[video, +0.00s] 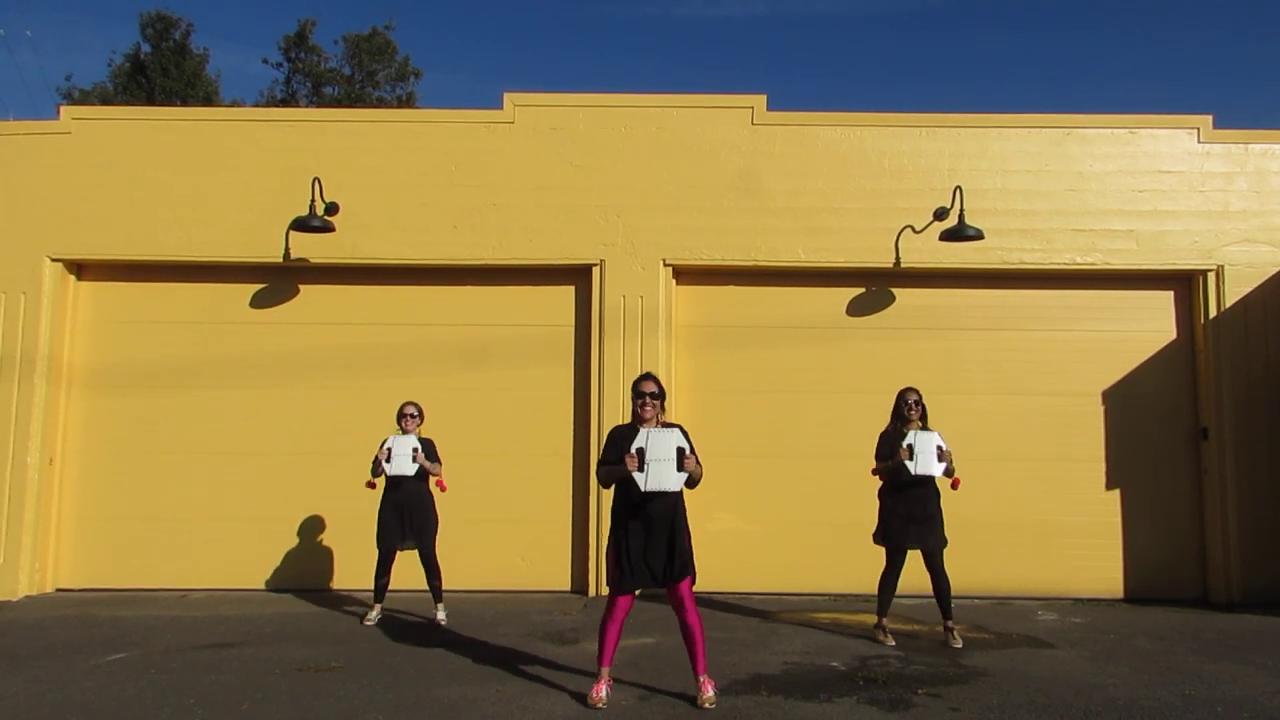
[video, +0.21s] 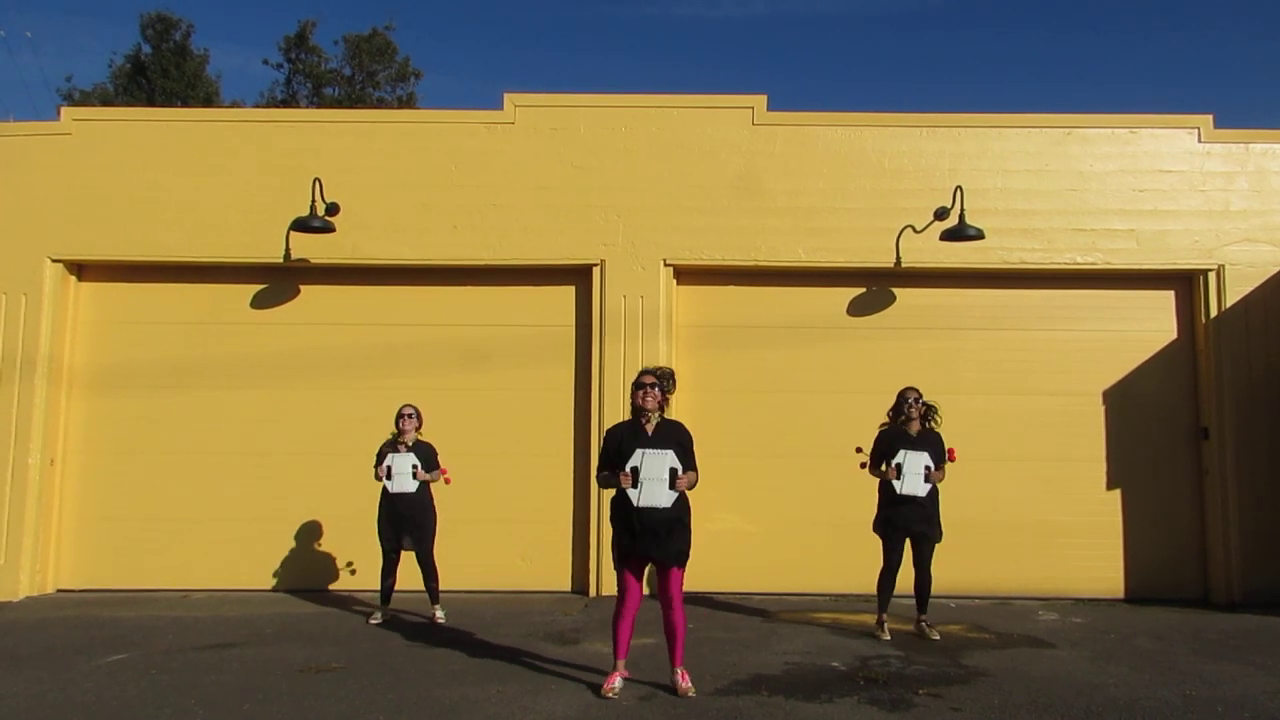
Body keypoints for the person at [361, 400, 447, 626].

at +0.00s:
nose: (408, 420)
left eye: (413, 416)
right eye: (404, 416)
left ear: (420, 419)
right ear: (399, 420)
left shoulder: (426, 444)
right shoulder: (390, 443)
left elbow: (437, 470)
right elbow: (375, 473)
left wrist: (423, 461)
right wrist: (380, 460)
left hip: (421, 507)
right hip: (392, 507)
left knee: (427, 555)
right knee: (385, 556)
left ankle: (439, 606)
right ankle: (376, 606)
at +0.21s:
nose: (405, 420)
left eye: (410, 417)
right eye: (402, 417)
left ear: (418, 422)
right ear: (397, 422)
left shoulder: (426, 448)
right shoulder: (387, 448)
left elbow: (438, 474)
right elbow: (378, 473)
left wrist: (425, 476)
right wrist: (381, 472)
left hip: (420, 511)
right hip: (391, 511)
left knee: (425, 557)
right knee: (390, 559)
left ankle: (436, 607)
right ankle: (383, 609)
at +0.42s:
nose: (404, 416)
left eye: (409, 412)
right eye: (401, 412)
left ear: (417, 415)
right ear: (395, 416)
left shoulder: (424, 440)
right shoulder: (387, 440)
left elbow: (434, 466)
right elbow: (376, 472)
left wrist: (421, 456)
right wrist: (377, 461)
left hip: (419, 503)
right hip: (390, 502)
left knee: (425, 553)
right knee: (381, 554)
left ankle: (436, 603)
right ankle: (375, 603)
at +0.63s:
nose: (406, 422)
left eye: (410, 419)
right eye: (402, 419)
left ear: (417, 423)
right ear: (396, 423)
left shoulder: (423, 448)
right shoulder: (388, 447)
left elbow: (432, 472)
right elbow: (373, 477)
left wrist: (420, 463)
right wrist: (377, 463)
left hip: (417, 511)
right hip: (390, 511)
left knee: (424, 560)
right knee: (381, 560)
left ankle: (435, 609)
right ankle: (374, 610)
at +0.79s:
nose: (405, 413)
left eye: (410, 409)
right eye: (401, 409)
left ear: (417, 414)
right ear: (395, 414)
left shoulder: (424, 440)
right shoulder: (384, 440)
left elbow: (435, 468)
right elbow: (375, 466)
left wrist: (422, 472)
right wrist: (377, 467)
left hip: (419, 505)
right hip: (389, 505)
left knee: (424, 554)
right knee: (384, 554)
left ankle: (435, 604)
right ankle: (376, 604)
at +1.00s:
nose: (404, 418)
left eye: (410, 414)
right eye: (401, 414)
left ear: (417, 419)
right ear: (395, 418)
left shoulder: (423, 445)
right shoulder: (385, 445)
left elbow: (434, 474)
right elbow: (376, 475)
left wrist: (422, 473)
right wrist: (377, 471)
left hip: (417, 509)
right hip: (389, 508)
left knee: (424, 557)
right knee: (385, 558)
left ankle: (434, 605)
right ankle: (379, 607)